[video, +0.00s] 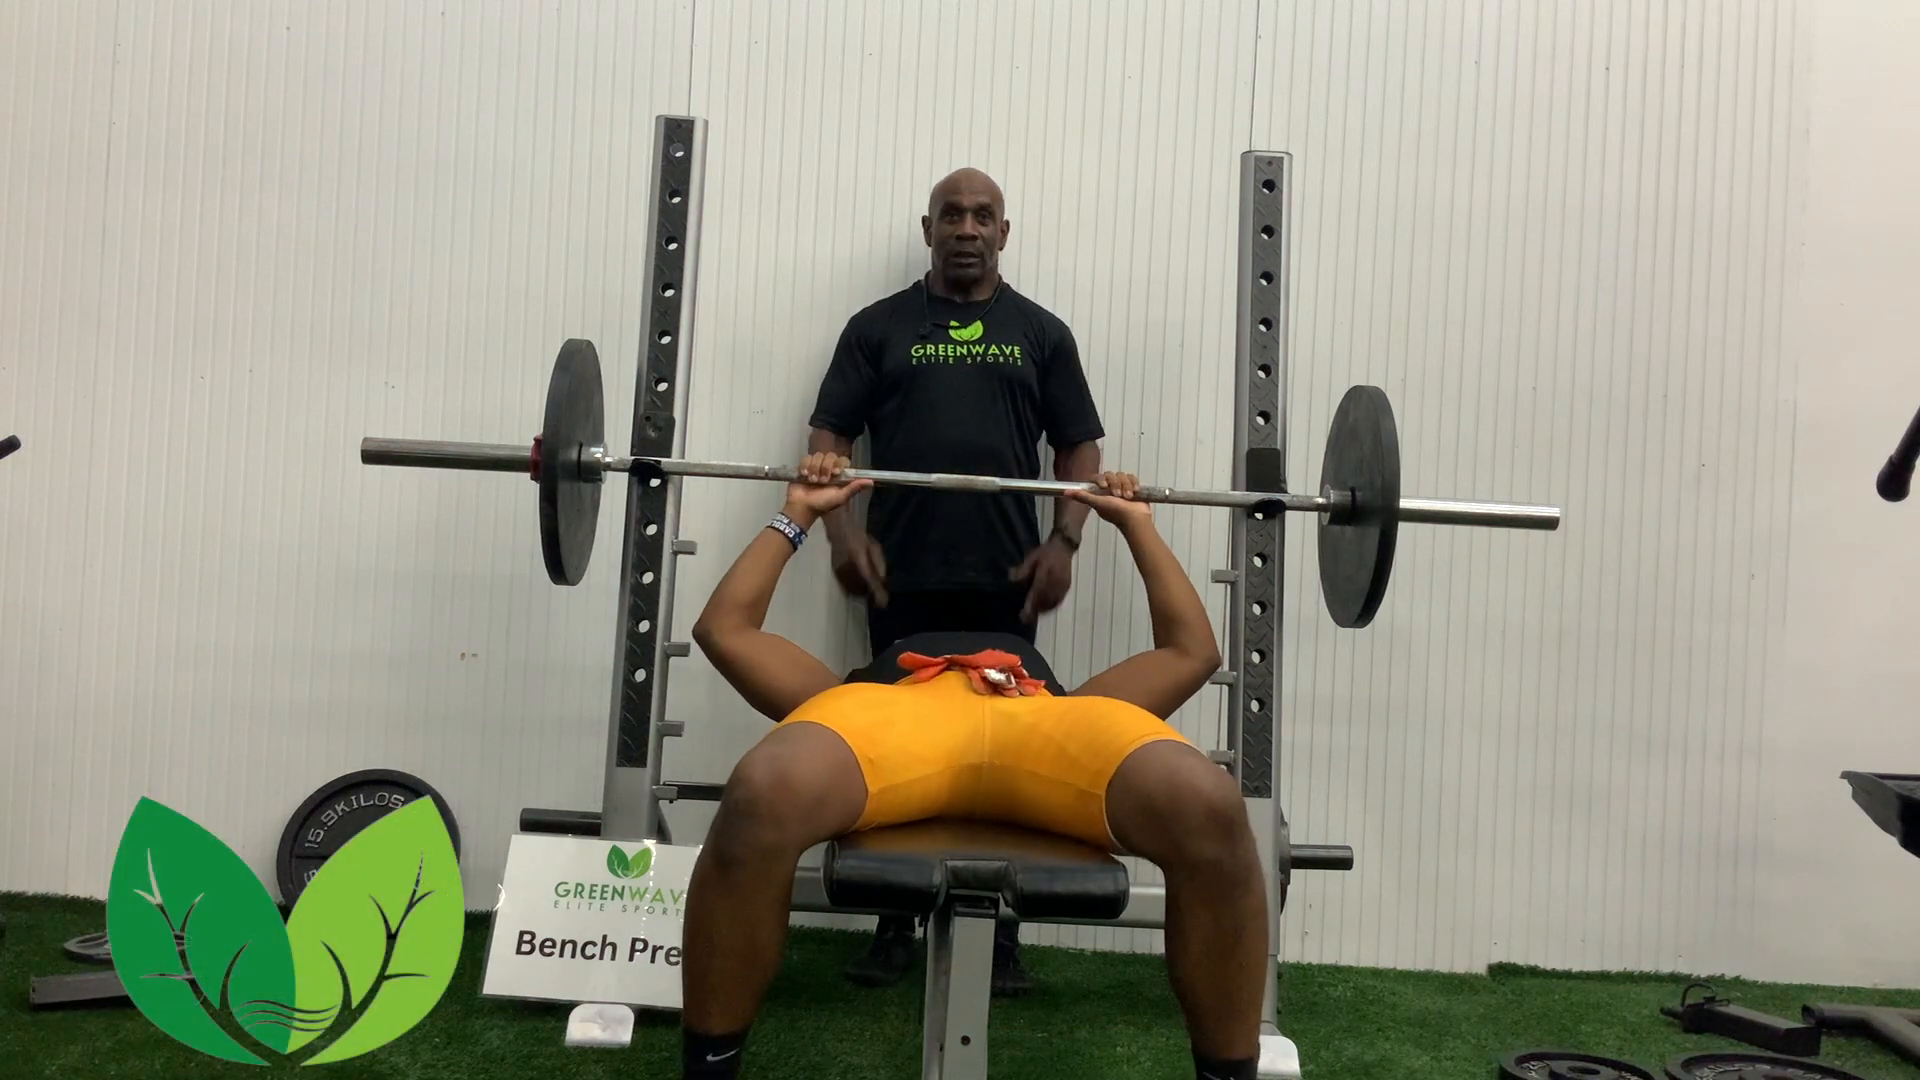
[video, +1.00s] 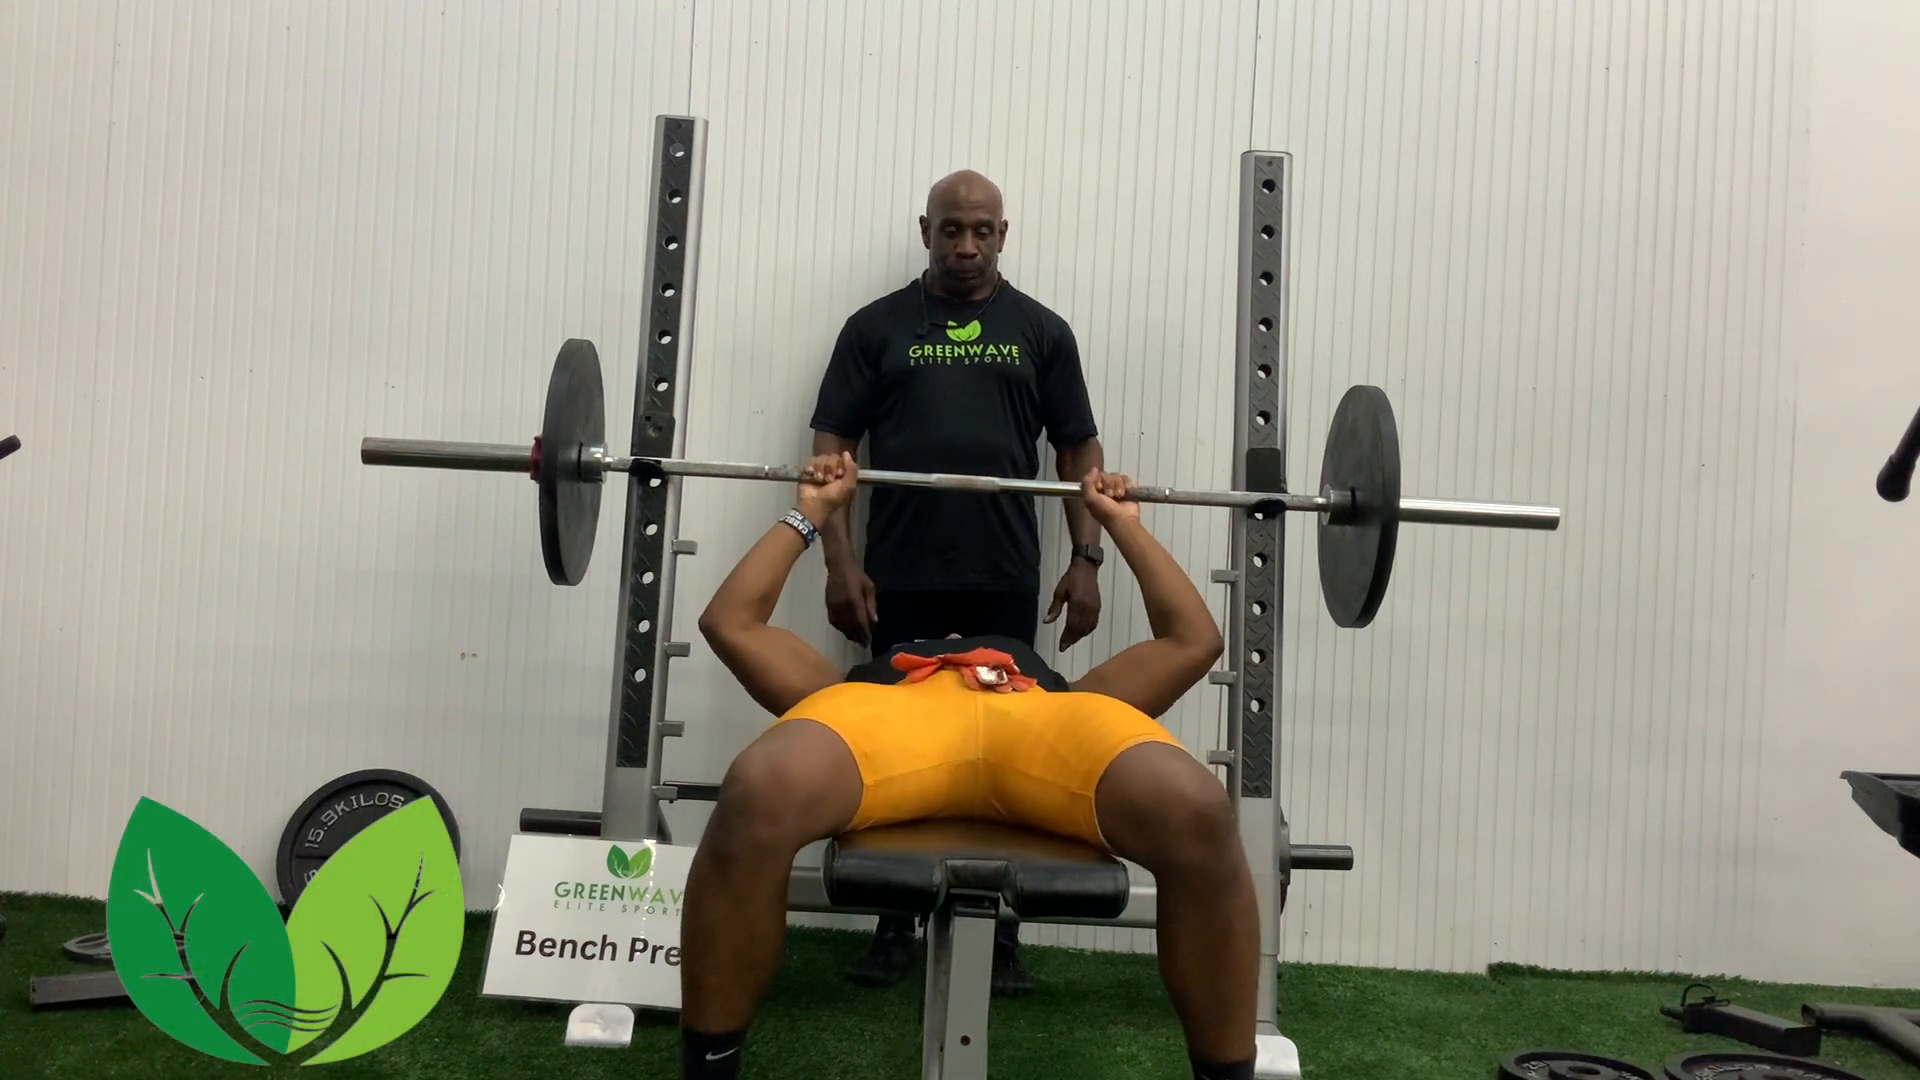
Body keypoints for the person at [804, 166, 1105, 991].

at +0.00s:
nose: (968, 229)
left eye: (983, 216)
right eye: (953, 216)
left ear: (1005, 231)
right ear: (928, 230)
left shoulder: (1042, 335)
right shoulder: (877, 329)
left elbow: (1078, 451)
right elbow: (828, 441)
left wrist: (1063, 541)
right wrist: (844, 530)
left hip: (1005, 584)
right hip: (900, 582)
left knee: (1014, 750)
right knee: (893, 749)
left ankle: (1000, 926)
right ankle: (897, 919)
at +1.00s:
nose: (968, 246)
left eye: (984, 232)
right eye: (952, 230)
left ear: (1004, 238)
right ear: (925, 235)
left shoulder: (1042, 334)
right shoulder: (874, 330)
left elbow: (1076, 454)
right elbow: (829, 457)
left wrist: (1085, 558)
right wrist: (840, 561)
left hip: (1006, 585)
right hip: (901, 582)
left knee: (1012, 752)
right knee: (890, 749)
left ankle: (1000, 928)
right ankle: (896, 919)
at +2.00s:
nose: (972, 248)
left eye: (987, 234)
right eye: (956, 233)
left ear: (1006, 238)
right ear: (927, 236)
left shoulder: (1041, 335)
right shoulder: (876, 332)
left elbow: (1078, 457)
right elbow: (833, 456)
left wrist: (1082, 558)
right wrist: (849, 561)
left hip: (1007, 583)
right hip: (903, 580)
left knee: (1013, 750)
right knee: (892, 747)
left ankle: (1000, 930)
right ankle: (896, 922)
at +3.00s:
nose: (959, 246)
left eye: (977, 232)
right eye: (946, 229)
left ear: (1006, 241)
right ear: (928, 233)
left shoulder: (1045, 337)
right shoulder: (875, 330)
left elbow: (1078, 460)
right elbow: (845, 456)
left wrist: (1082, 560)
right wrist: (849, 558)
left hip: (1007, 579)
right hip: (899, 573)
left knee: (1011, 752)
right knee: (891, 744)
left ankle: (999, 927)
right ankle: (897, 917)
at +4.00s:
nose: (967, 248)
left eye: (983, 235)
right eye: (952, 233)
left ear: (1005, 239)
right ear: (926, 237)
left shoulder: (1042, 336)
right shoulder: (877, 330)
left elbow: (1078, 455)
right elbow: (836, 445)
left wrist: (1083, 563)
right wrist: (844, 556)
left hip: (1006, 590)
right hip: (900, 585)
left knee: (1011, 759)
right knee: (889, 754)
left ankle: (1000, 931)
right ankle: (894, 924)